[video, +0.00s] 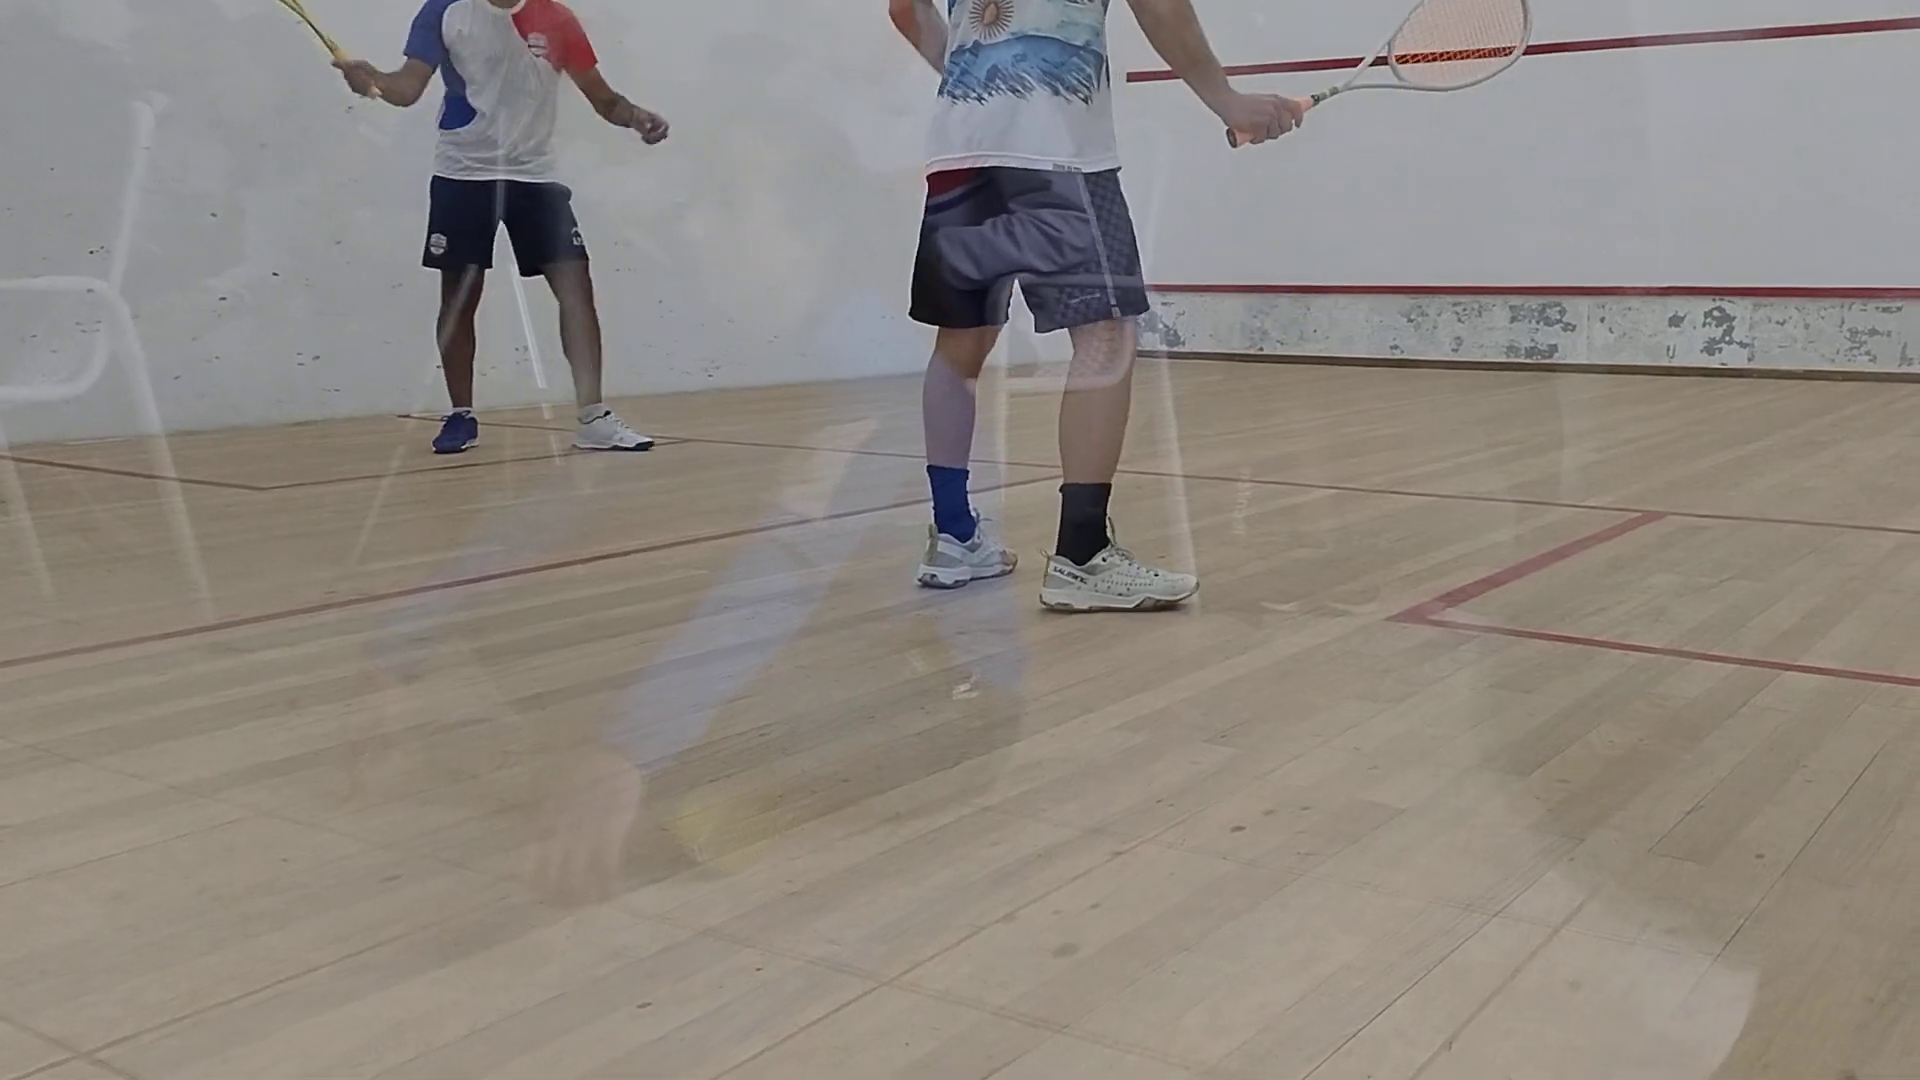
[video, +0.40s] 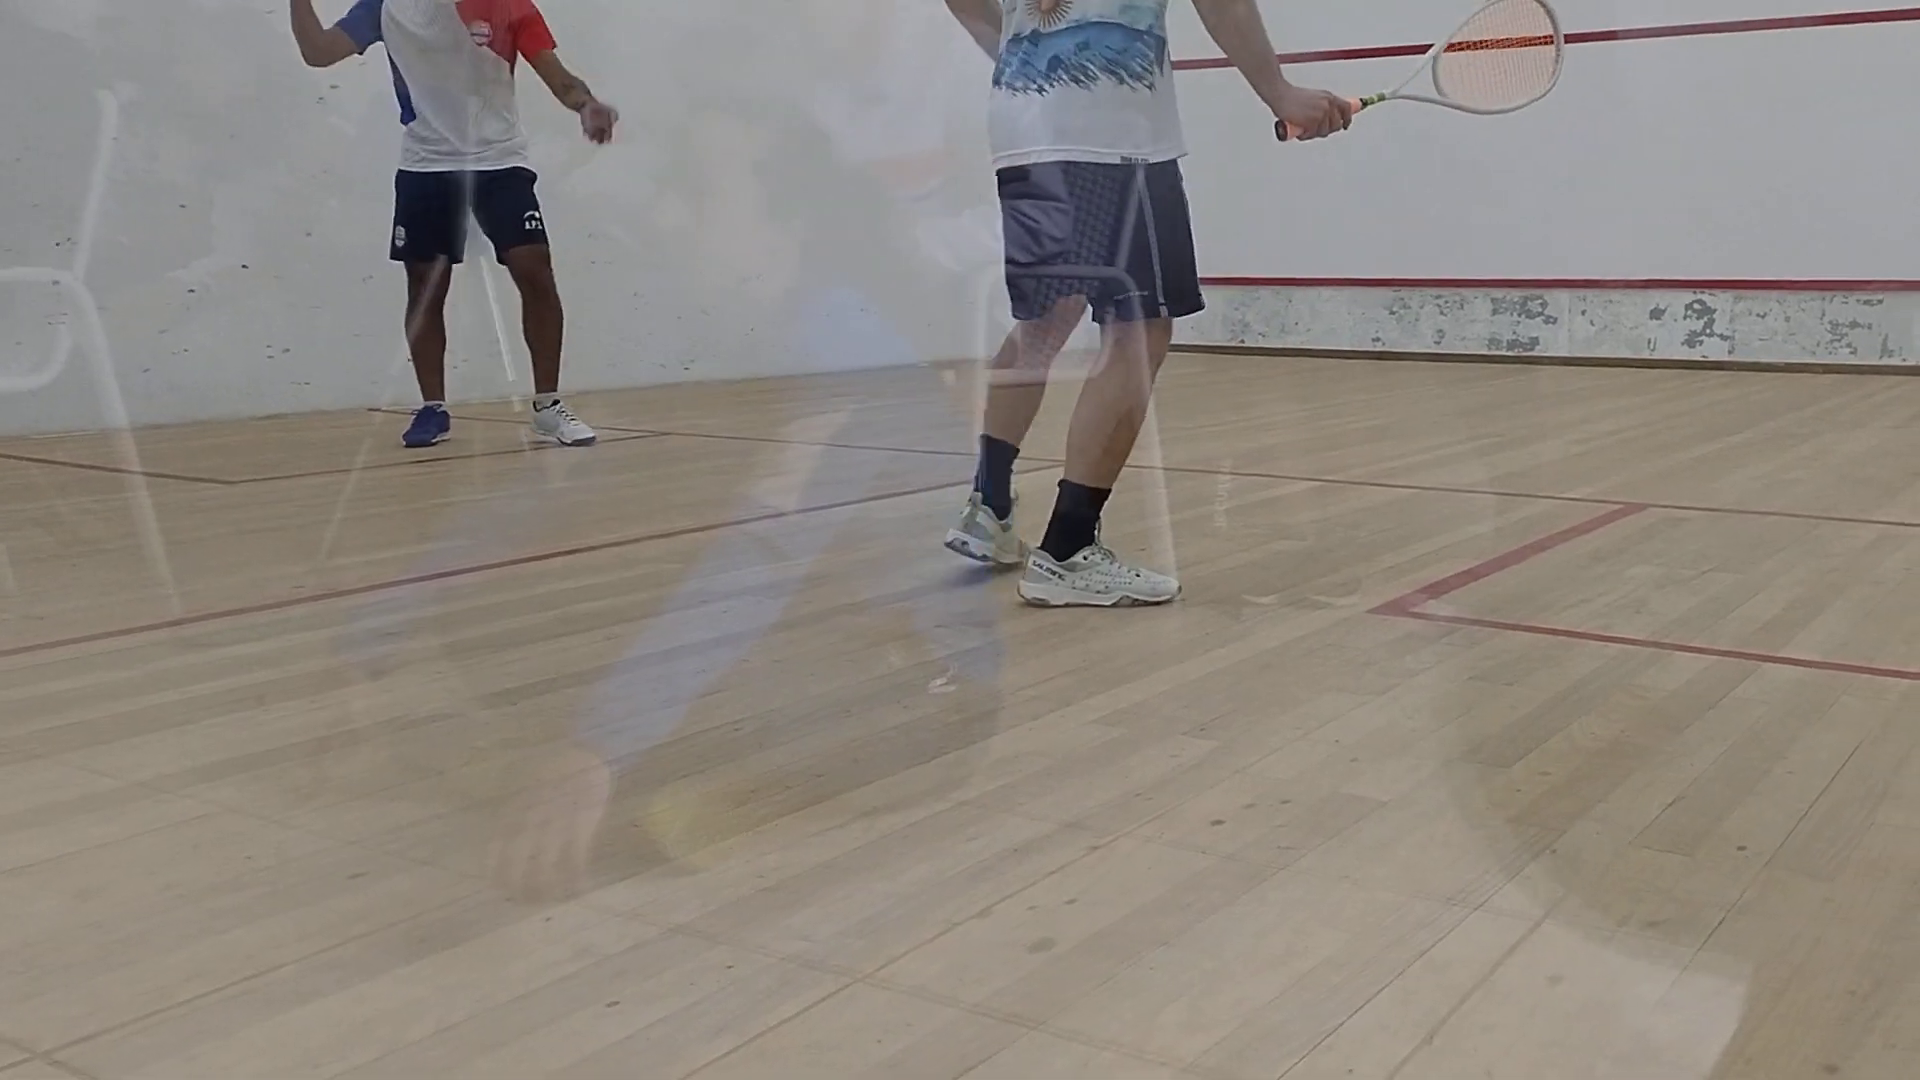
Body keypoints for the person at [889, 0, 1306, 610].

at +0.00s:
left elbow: (907, 9)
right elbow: (1156, 5)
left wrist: (974, 78)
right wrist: (1229, 98)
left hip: (959, 129)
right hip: (1055, 128)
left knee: (959, 344)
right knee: (1105, 337)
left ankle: (952, 538)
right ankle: (1082, 555)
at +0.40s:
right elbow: (1215, 1)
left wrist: (1023, 54)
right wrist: (1281, 91)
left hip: (1020, 107)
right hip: (1118, 108)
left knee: (1045, 310)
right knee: (1139, 336)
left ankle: (986, 507)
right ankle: (1067, 551)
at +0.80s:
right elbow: (1234, 6)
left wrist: (1057, 77)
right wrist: (1302, 118)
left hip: (1057, 137)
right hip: (1147, 141)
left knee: (1141, 323)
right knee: (1251, 325)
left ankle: (1146, 528)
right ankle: (1102, 510)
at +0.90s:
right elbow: (1225, 6)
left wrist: (1051, 71)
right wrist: (1296, 118)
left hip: (1049, 138)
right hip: (1141, 138)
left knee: (1133, 330)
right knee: (1235, 337)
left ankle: (1143, 531)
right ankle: (1107, 535)